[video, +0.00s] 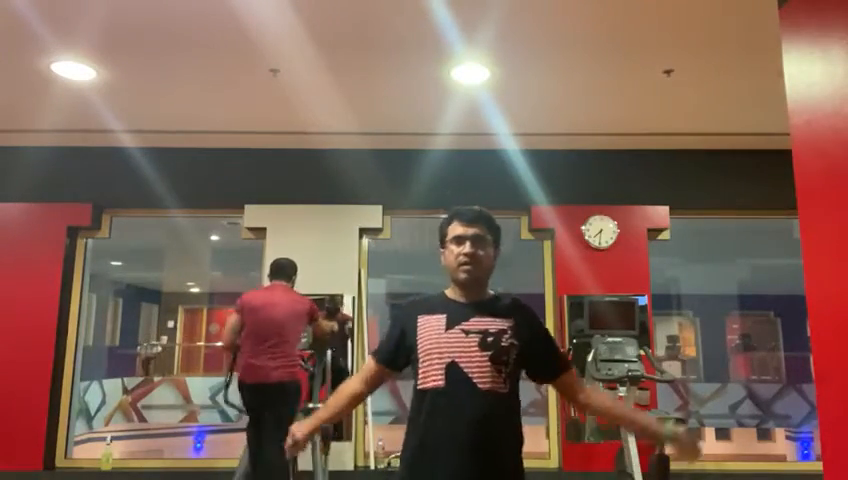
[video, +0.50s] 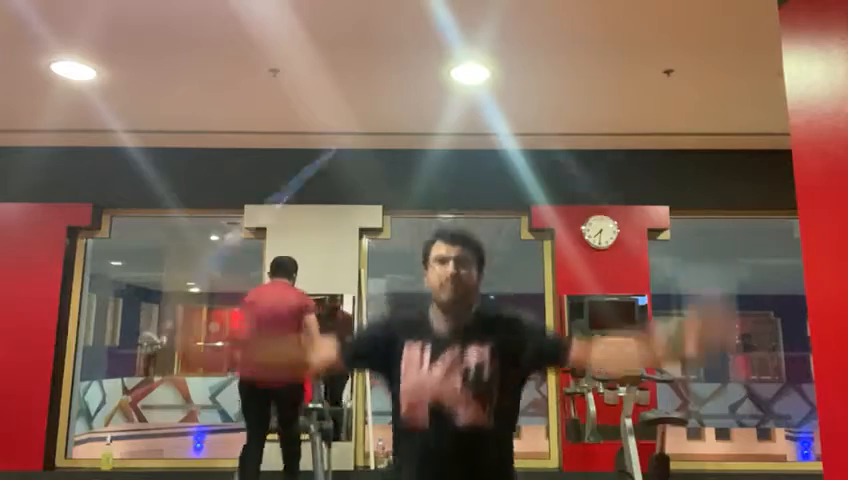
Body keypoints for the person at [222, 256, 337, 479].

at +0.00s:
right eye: (293, 278)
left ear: (269, 276)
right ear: (293, 278)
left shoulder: (247, 299)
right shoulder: (303, 303)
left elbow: (228, 340)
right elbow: (322, 330)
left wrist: (243, 348)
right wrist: (334, 325)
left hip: (251, 381)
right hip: (286, 382)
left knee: (256, 430)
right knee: (278, 439)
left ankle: (258, 473)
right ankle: (277, 475)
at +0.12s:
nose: (292, 279)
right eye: (293, 276)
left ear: (267, 274)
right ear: (291, 276)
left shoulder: (244, 298)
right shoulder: (301, 301)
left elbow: (226, 335)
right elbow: (319, 332)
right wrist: (333, 325)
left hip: (249, 380)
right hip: (285, 379)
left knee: (254, 441)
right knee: (288, 439)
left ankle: (253, 476)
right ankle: (286, 475)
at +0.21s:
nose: (289, 283)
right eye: (290, 279)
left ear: (266, 277)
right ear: (289, 279)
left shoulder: (245, 302)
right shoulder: (297, 303)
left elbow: (228, 336)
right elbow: (315, 339)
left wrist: (251, 328)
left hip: (248, 384)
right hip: (283, 383)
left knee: (249, 444)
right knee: (293, 429)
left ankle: (247, 477)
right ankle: (289, 473)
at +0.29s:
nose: (293, 280)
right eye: (290, 277)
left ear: (265, 280)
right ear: (287, 281)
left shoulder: (245, 304)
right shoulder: (296, 306)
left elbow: (232, 338)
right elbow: (315, 346)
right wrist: (325, 340)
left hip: (247, 387)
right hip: (284, 386)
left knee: (246, 447)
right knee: (295, 425)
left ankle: (244, 476)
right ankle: (293, 470)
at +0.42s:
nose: (290, 282)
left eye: (287, 277)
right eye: (291, 277)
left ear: (268, 276)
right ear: (291, 277)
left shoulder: (250, 302)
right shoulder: (298, 302)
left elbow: (242, 341)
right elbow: (307, 345)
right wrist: (321, 348)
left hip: (250, 383)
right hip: (286, 381)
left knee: (251, 441)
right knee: (294, 427)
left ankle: (245, 475)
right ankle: (293, 469)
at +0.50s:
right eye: (294, 275)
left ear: (269, 274)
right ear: (293, 275)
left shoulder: (252, 297)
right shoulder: (302, 299)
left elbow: (239, 334)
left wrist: (231, 362)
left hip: (254, 377)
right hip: (289, 378)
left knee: (254, 438)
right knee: (290, 434)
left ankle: (248, 475)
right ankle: (291, 473)